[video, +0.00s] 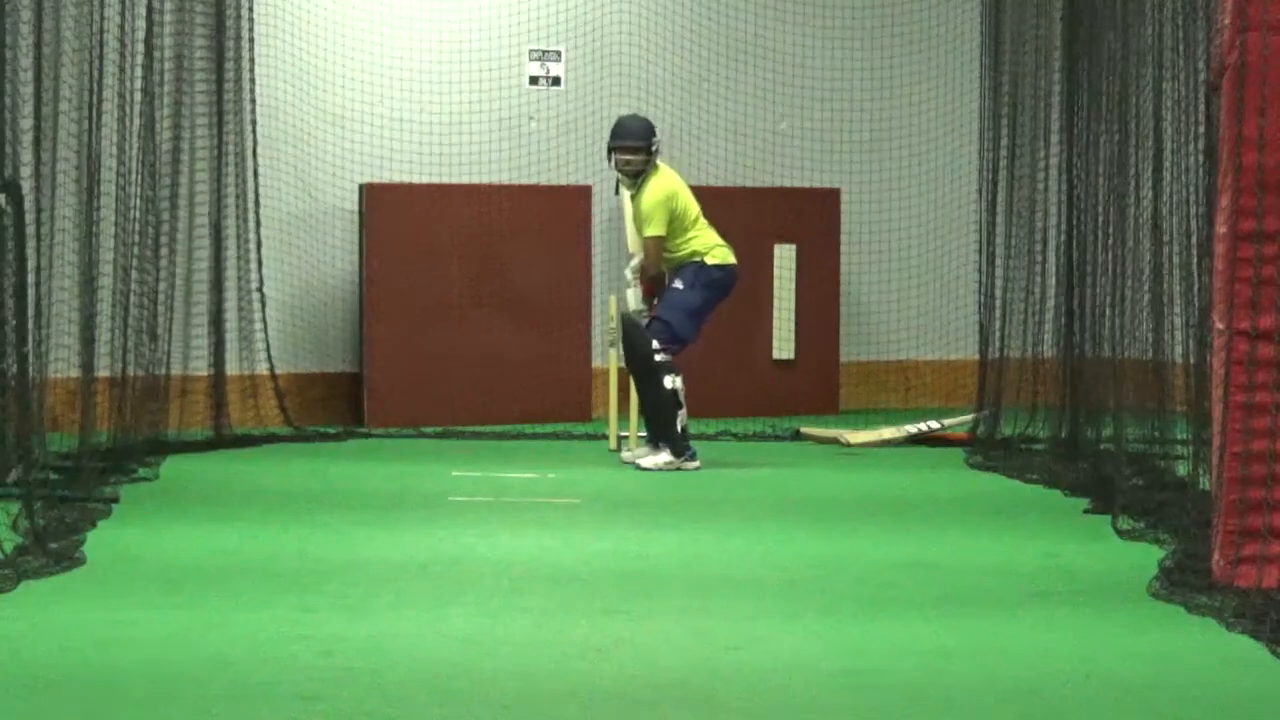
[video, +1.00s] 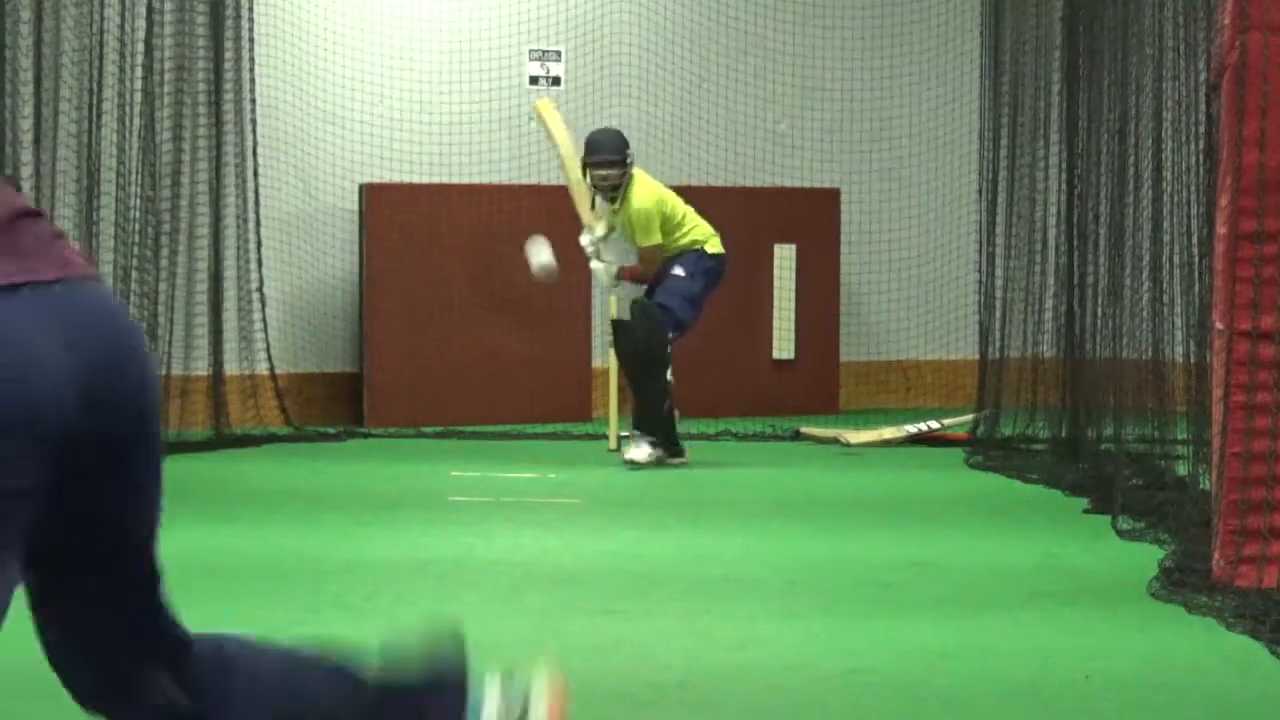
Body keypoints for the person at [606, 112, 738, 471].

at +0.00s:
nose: (628, 159)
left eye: (636, 152)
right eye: (621, 152)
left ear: (651, 154)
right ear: (611, 154)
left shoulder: (656, 191)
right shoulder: (632, 182)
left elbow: (652, 265)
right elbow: (642, 231)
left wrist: (645, 279)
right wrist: (640, 262)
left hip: (709, 264)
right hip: (687, 264)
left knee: (654, 347)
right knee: (644, 345)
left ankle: (678, 450)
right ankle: (659, 444)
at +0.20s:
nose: (626, 156)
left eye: (634, 148)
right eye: (619, 148)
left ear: (649, 150)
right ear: (610, 152)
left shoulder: (655, 187)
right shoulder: (634, 180)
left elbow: (649, 259)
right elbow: (642, 227)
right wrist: (639, 253)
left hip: (708, 262)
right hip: (687, 262)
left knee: (657, 347)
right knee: (647, 345)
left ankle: (679, 450)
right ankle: (659, 443)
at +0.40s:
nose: (626, 158)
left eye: (634, 149)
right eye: (618, 150)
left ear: (647, 150)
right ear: (608, 153)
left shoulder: (653, 188)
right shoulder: (638, 181)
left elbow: (648, 262)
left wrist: (640, 270)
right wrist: (640, 252)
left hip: (707, 262)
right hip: (687, 262)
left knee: (655, 348)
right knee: (646, 346)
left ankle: (678, 449)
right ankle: (659, 442)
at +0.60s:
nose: (623, 160)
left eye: (631, 151)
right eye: (615, 152)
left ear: (644, 152)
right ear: (605, 155)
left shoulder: (651, 189)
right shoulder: (633, 182)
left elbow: (648, 260)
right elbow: (646, 237)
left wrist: (645, 279)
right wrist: (637, 262)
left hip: (705, 262)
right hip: (684, 263)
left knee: (654, 346)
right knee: (645, 345)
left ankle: (678, 448)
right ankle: (660, 442)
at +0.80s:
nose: (616, 160)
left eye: (625, 151)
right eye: (608, 152)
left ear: (636, 153)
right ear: (597, 155)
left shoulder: (644, 189)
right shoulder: (616, 178)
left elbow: (649, 260)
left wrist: (643, 284)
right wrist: (629, 251)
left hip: (699, 258)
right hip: (675, 259)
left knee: (655, 344)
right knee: (645, 342)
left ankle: (677, 448)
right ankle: (664, 439)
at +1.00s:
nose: (607, 176)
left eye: (614, 167)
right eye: (599, 168)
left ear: (626, 166)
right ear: (587, 171)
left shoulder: (641, 201)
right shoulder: (604, 188)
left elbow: (651, 272)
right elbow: (604, 216)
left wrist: (616, 271)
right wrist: (596, 234)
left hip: (700, 253)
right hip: (672, 255)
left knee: (650, 331)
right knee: (637, 336)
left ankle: (655, 438)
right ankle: (664, 441)